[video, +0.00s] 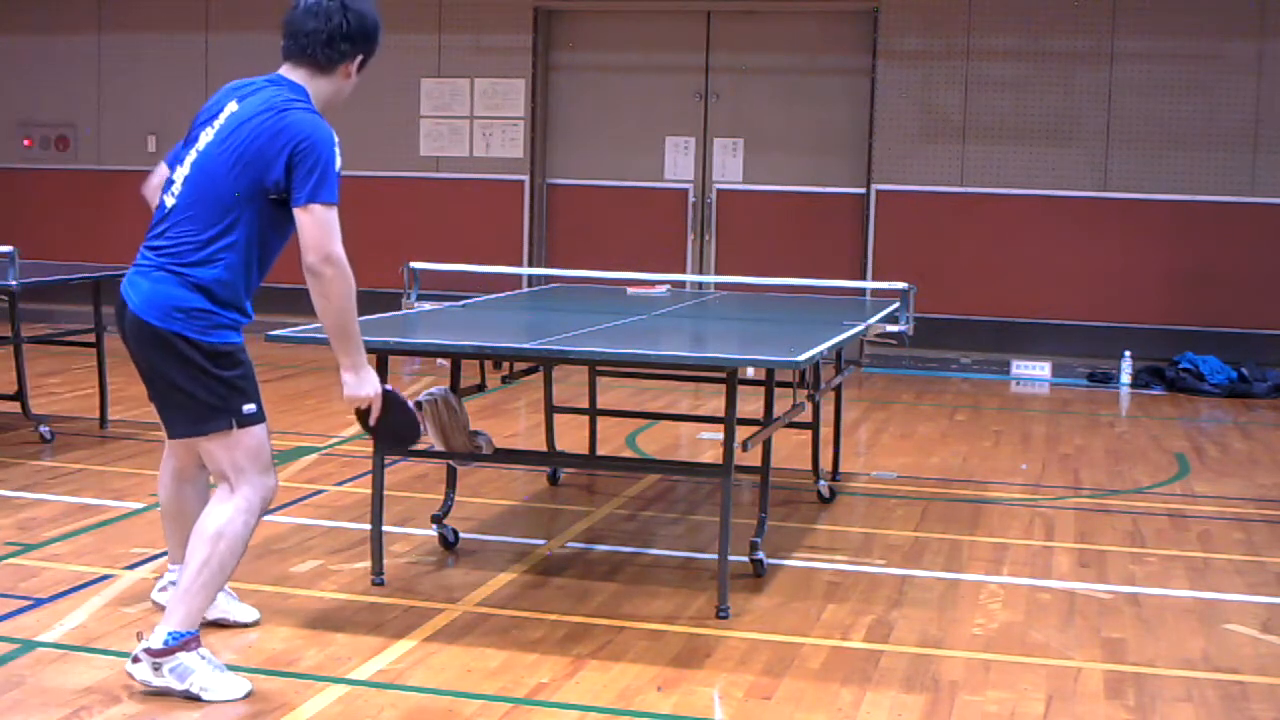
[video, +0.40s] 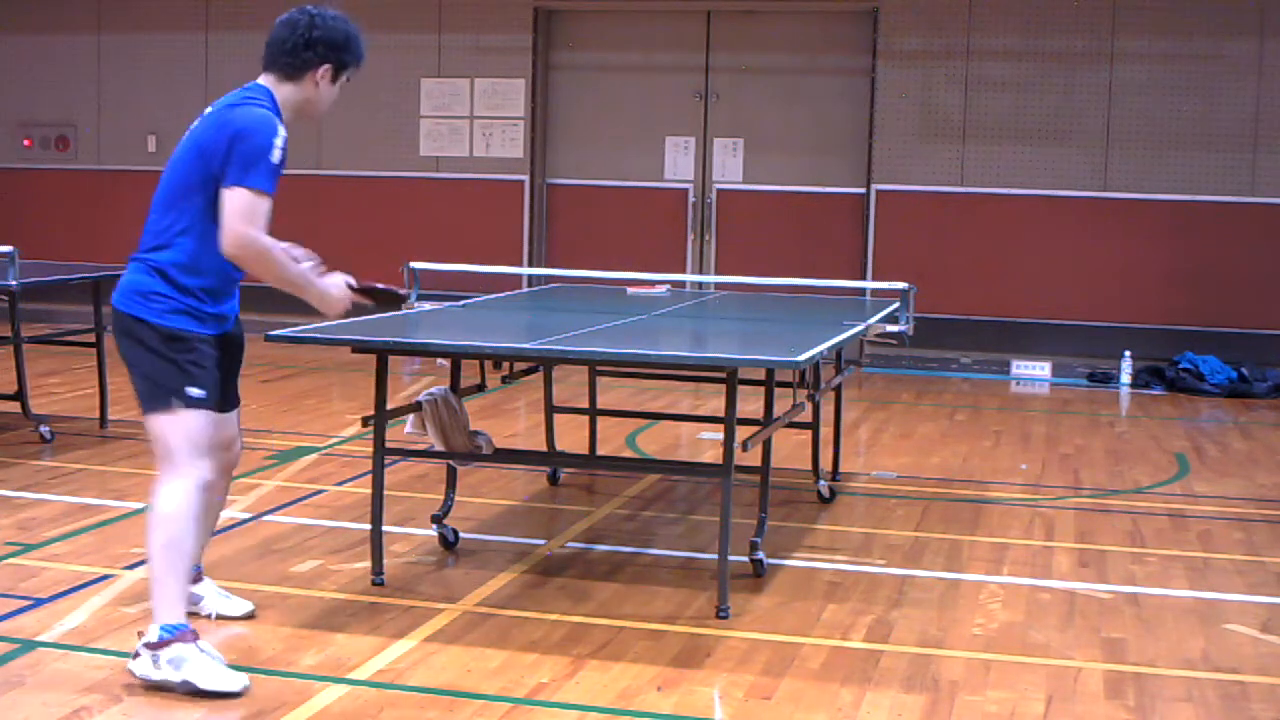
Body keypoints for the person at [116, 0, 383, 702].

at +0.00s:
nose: (360, 81)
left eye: (364, 69)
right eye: (364, 68)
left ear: (290, 45)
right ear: (353, 63)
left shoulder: (235, 95)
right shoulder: (309, 132)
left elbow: (158, 187)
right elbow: (322, 259)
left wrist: (208, 249)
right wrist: (355, 368)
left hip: (147, 300)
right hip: (192, 317)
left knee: (186, 451)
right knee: (251, 483)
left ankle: (184, 579)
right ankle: (169, 646)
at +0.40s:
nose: (336, 99)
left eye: (342, 86)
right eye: (340, 84)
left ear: (294, 65)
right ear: (319, 73)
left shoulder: (250, 115)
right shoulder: (256, 121)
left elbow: (227, 230)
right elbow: (240, 238)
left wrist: (286, 257)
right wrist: (315, 289)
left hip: (209, 315)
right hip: (166, 312)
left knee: (220, 454)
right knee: (184, 464)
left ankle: (183, 582)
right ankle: (166, 638)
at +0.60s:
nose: (334, 93)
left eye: (339, 79)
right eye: (333, 76)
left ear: (300, 68)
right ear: (297, 64)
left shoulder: (268, 134)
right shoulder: (229, 109)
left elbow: (264, 226)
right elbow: (200, 215)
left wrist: (335, 235)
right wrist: (292, 251)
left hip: (202, 302)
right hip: (141, 293)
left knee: (211, 447)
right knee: (141, 445)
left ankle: (183, 582)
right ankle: (76, 606)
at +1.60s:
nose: (265, 78)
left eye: (265, 64)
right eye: (253, 63)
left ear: (221, 72)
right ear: (208, 70)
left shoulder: (246, 133)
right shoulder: (150, 126)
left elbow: (315, 189)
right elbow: (178, 231)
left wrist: (388, 173)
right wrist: (270, 201)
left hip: (152, 304)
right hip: (80, 297)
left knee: (190, 434)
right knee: (35, 448)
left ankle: (180, 578)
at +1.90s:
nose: (208, 50)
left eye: (204, 38)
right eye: (192, 38)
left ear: (172, 56)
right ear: (149, 55)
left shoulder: (205, 116)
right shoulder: (99, 119)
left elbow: (300, 140)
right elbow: (73, 217)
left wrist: (383, 156)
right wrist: (178, 235)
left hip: (133, 305)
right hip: (56, 305)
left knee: (180, 439)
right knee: (19, 462)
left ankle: (181, 578)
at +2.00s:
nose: (202, 52)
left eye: (198, 39)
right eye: (185, 40)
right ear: (142, 59)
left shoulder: (206, 122)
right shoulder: (92, 121)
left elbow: (302, 150)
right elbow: (21, 190)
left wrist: (381, 177)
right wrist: (107, 208)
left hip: (131, 310)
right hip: (51, 310)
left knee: (180, 440)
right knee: (17, 467)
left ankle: (180, 578)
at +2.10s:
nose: (200, 65)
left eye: (198, 50)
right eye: (183, 51)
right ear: (138, 68)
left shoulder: (204, 135)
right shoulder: (93, 125)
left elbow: (286, 183)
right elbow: (24, 195)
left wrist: (348, 236)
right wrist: (32, 152)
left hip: (130, 316)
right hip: (48, 313)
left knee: (187, 447)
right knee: (23, 470)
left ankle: (183, 577)